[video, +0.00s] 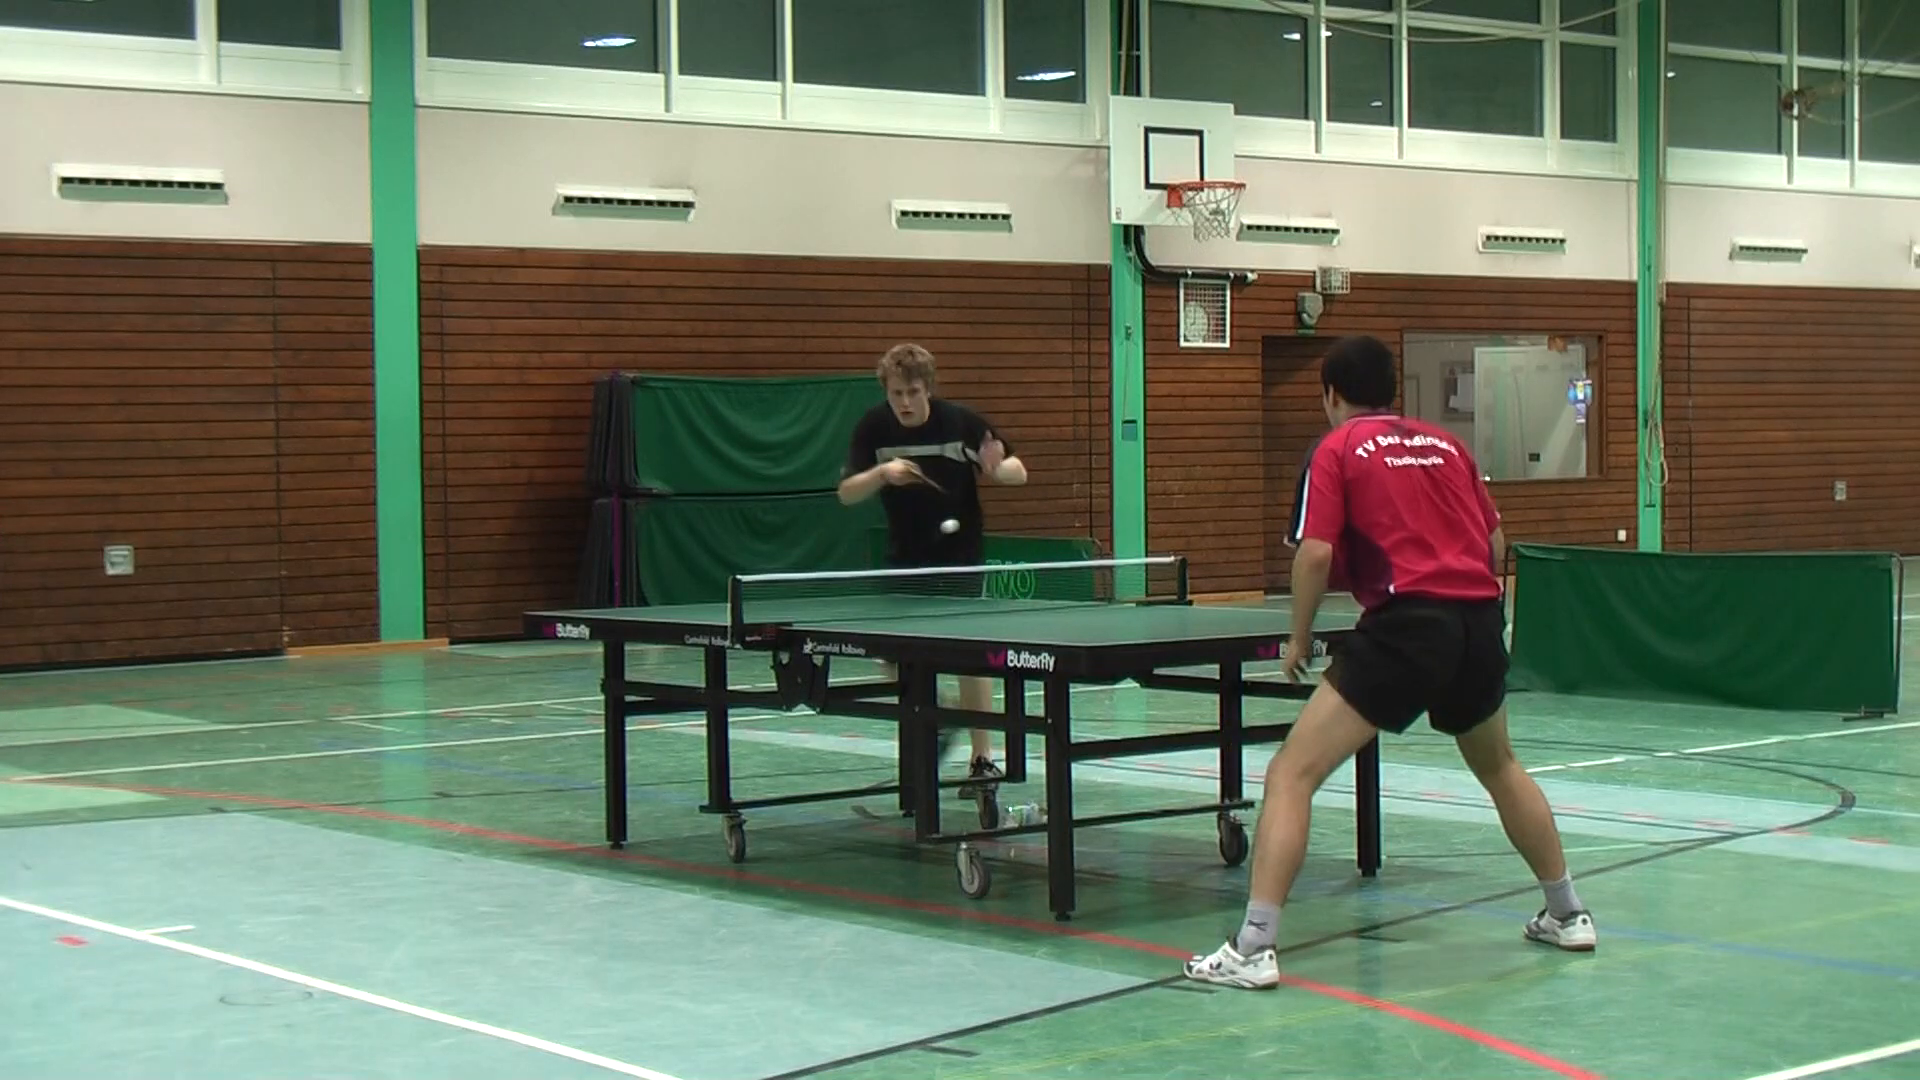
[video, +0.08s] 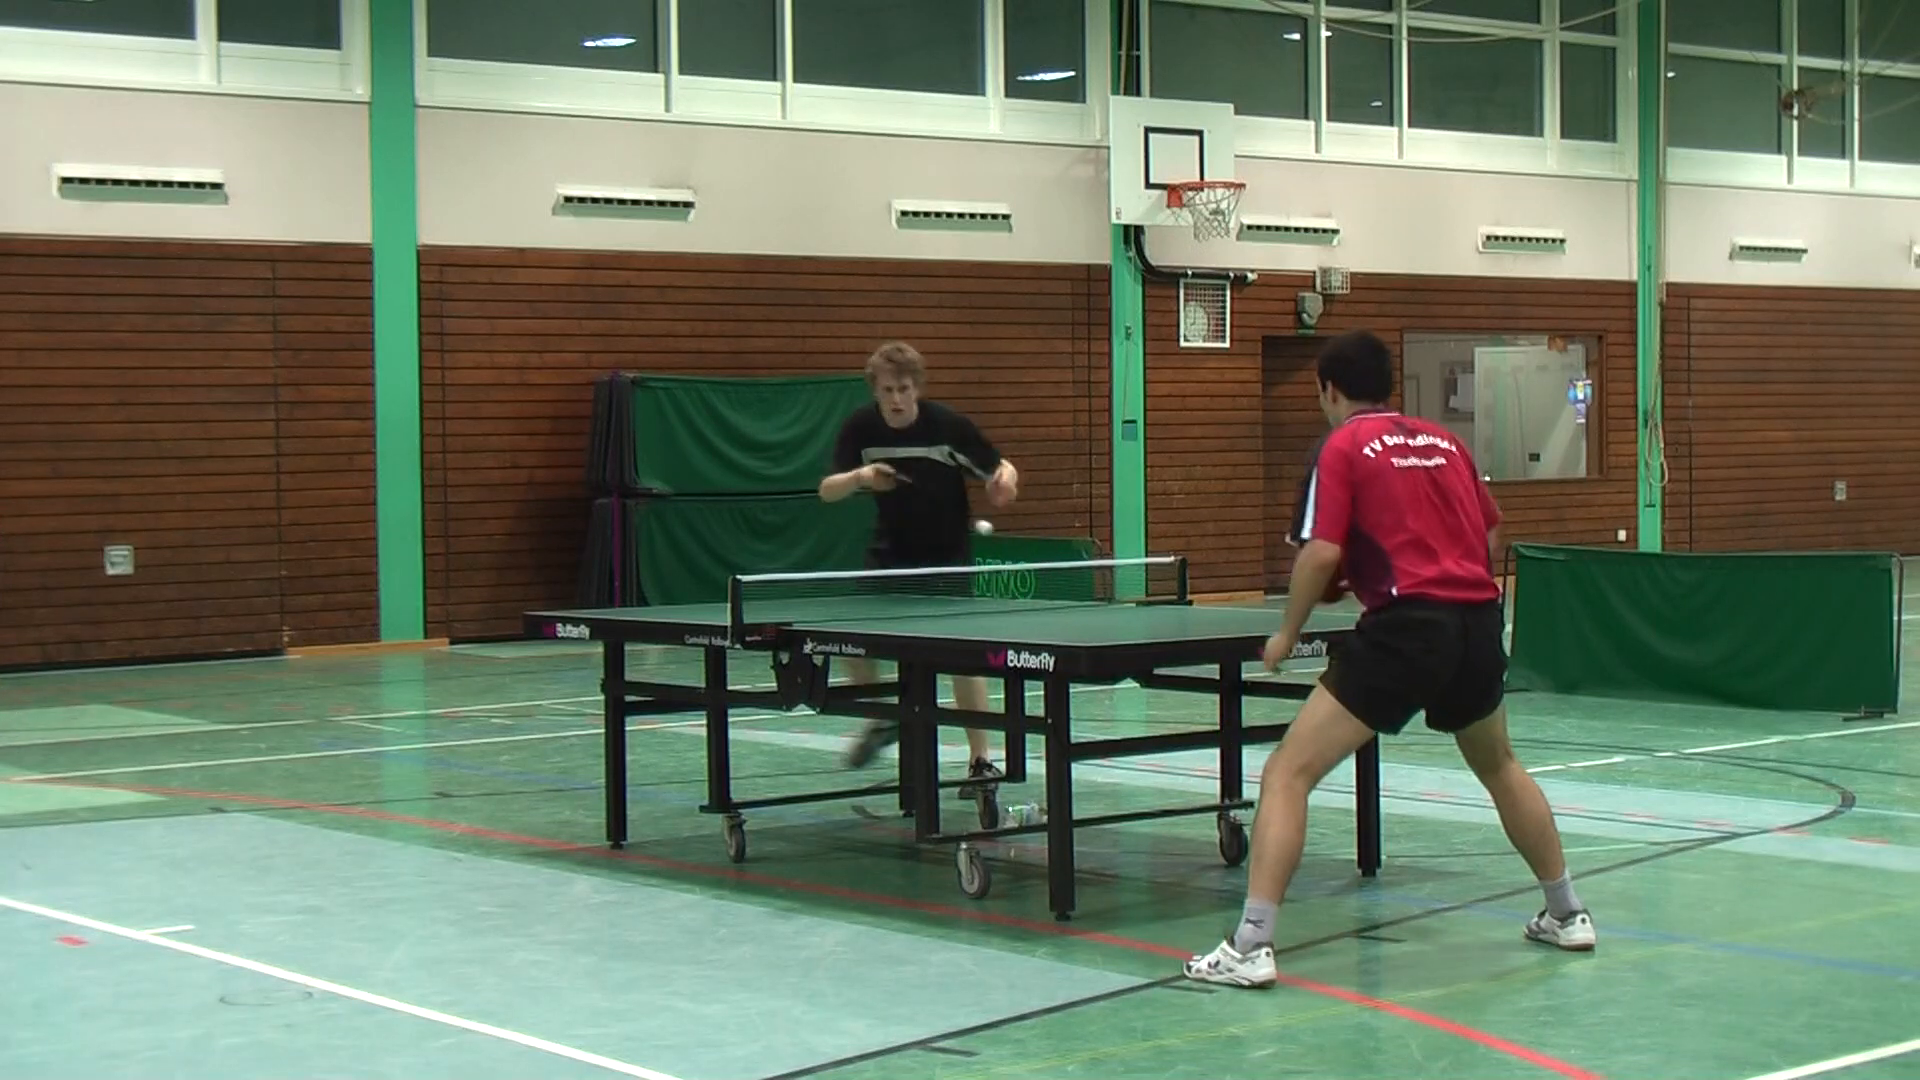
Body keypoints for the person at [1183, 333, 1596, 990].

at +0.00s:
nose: (1323, 406)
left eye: (1323, 397)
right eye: (1325, 397)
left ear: (1335, 396)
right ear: (1389, 393)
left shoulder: (1336, 449)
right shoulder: (1446, 442)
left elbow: (1316, 553)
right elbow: (1492, 542)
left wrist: (1299, 640)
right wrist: (1476, 619)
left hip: (1405, 627)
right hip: (1480, 627)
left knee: (1294, 773)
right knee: (1501, 766)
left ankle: (1253, 945)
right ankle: (1568, 913)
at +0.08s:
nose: (1320, 403)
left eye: (1319, 392)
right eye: (1322, 392)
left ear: (1331, 390)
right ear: (1386, 389)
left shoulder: (1343, 445)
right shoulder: (1445, 440)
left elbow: (1324, 553)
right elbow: (1490, 538)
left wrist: (1286, 634)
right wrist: (1467, 609)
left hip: (1404, 628)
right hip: (1479, 627)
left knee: (1290, 772)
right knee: (1500, 766)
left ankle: (1251, 943)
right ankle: (1567, 912)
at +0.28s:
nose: (1265, 402)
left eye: (1266, 388)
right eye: (1266, 389)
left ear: (1286, 389)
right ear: (1320, 384)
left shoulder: (1353, 436)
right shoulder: (1340, 448)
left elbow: (1375, 535)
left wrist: (1306, 628)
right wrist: (1248, 620)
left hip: (1411, 636)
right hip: (1457, 629)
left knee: (1283, 768)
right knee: (1474, 770)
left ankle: (1251, 947)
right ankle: (1564, 907)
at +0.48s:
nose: (1239, 376)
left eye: (1243, 362)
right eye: (1242, 362)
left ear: (1264, 361)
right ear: (1289, 361)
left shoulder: (1339, 407)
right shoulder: (1275, 455)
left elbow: (1408, 458)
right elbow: (1207, 523)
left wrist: (1393, 500)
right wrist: (1103, 535)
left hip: (1382, 616)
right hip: (1415, 614)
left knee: (1274, 761)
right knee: (1429, 773)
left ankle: (1248, 948)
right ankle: (1525, 914)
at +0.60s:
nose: (1265, 358)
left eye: (1268, 345)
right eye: (1268, 345)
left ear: (1287, 344)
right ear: (1321, 344)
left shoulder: (1345, 392)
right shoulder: (1298, 430)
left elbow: (1414, 441)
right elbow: (1218, 483)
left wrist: (1419, 490)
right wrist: (1118, 467)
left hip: (1376, 608)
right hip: (1421, 608)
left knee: (1272, 762)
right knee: (1391, 768)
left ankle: (1248, 945)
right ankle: (1493, 915)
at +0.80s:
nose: (1339, 361)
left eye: (1344, 348)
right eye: (1339, 349)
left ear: (1366, 349)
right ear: (1398, 348)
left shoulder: (1408, 406)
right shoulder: (1396, 413)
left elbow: (1429, 494)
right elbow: (1353, 490)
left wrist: (1401, 582)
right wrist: (1248, 492)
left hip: (1423, 614)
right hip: (1459, 618)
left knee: (1300, 760)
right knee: (1366, 762)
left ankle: (1251, 941)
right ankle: (1399, 933)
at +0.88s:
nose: (1375, 376)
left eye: (1379, 364)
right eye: (1378, 363)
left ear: (1397, 367)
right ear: (1445, 365)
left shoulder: (1441, 434)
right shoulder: (1464, 430)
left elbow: (1424, 526)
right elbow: (1414, 519)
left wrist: (1340, 595)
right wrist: (1333, 536)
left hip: (1446, 643)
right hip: (1479, 645)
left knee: (1297, 763)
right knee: (1373, 762)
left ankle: (1345, 934)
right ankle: (1400, 933)